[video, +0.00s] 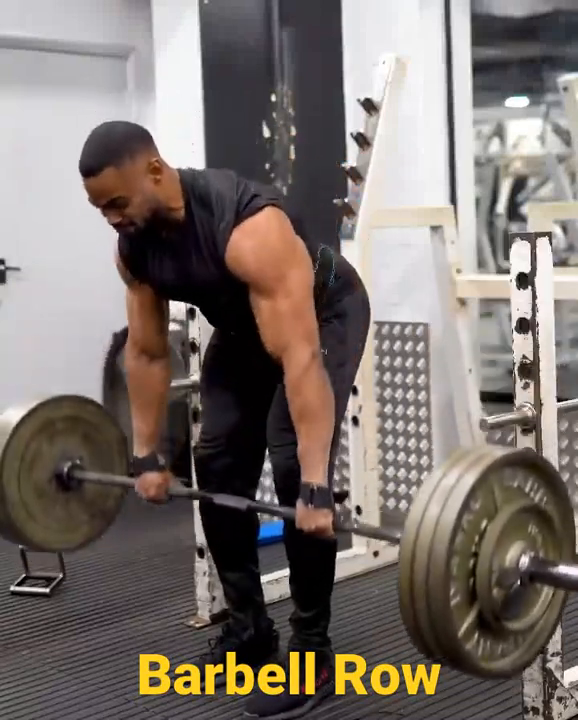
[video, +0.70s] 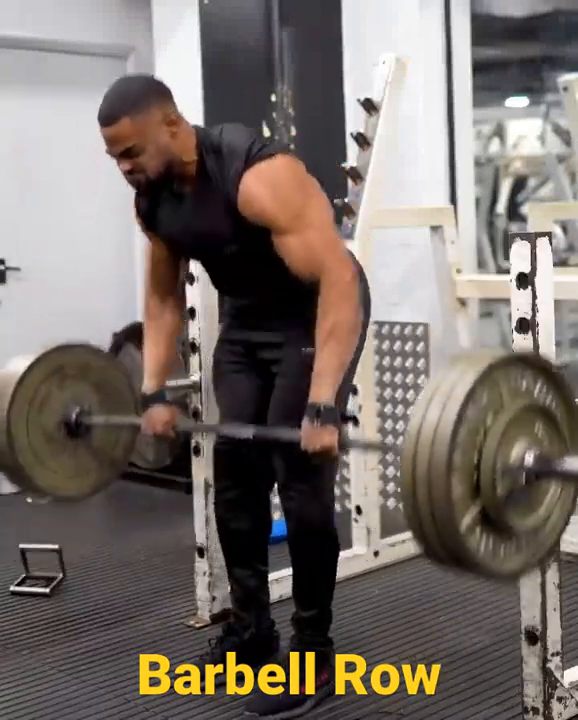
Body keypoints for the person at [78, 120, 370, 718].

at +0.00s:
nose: (112, 220)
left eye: (116, 203)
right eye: (103, 210)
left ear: (156, 170)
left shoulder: (251, 230)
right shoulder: (137, 248)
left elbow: (302, 358)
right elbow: (147, 352)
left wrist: (315, 483)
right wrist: (147, 453)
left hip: (322, 310)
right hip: (243, 322)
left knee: (293, 465)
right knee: (217, 465)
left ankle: (309, 649)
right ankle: (247, 626)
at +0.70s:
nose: (124, 169)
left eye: (130, 153)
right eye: (117, 158)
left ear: (174, 126)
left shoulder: (263, 174)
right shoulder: (155, 198)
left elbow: (340, 278)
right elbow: (163, 297)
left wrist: (324, 402)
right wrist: (155, 392)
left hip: (314, 327)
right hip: (244, 333)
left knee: (300, 476)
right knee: (235, 473)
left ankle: (312, 649)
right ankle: (250, 628)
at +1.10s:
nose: (121, 186)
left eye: (125, 170)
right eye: (111, 175)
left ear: (162, 134)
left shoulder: (252, 153)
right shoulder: (151, 186)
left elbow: (372, 184)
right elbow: (175, 230)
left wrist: (332, 280)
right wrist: (158, 281)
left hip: (312, 324)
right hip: (240, 327)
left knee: (288, 473)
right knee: (223, 470)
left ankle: (311, 648)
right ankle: (250, 626)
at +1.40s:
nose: (130, 172)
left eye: (135, 155)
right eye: (121, 162)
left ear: (176, 123)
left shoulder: (264, 156)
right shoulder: (156, 182)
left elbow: (357, 240)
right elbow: (175, 251)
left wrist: (324, 353)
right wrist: (157, 337)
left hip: (311, 325)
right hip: (239, 328)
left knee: (301, 487)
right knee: (230, 487)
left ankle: (310, 649)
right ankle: (250, 627)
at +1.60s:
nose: (129, 181)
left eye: (135, 164)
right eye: (121, 170)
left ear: (176, 134)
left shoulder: (265, 175)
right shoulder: (155, 199)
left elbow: (340, 281)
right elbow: (163, 290)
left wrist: (321, 403)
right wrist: (151, 383)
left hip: (317, 326)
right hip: (246, 335)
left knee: (306, 478)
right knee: (231, 483)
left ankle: (311, 648)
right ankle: (250, 627)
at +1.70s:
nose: (121, 192)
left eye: (126, 175)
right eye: (112, 181)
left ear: (167, 146)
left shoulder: (259, 190)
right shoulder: (148, 213)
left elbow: (326, 305)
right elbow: (157, 310)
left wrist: (319, 431)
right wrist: (151, 409)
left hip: (321, 317)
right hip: (249, 327)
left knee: (302, 462)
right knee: (229, 469)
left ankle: (312, 647)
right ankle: (249, 627)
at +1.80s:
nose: (116, 200)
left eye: (121, 183)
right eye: (107, 189)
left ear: (163, 153)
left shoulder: (256, 203)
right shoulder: (144, 221)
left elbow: (319, 322)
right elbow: (154, 321)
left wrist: (318, 448)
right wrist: (153, 424)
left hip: (322, 310)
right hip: (248, 322)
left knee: (300, 465)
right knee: (223, 466)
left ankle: (311, 648)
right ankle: (249, 626)